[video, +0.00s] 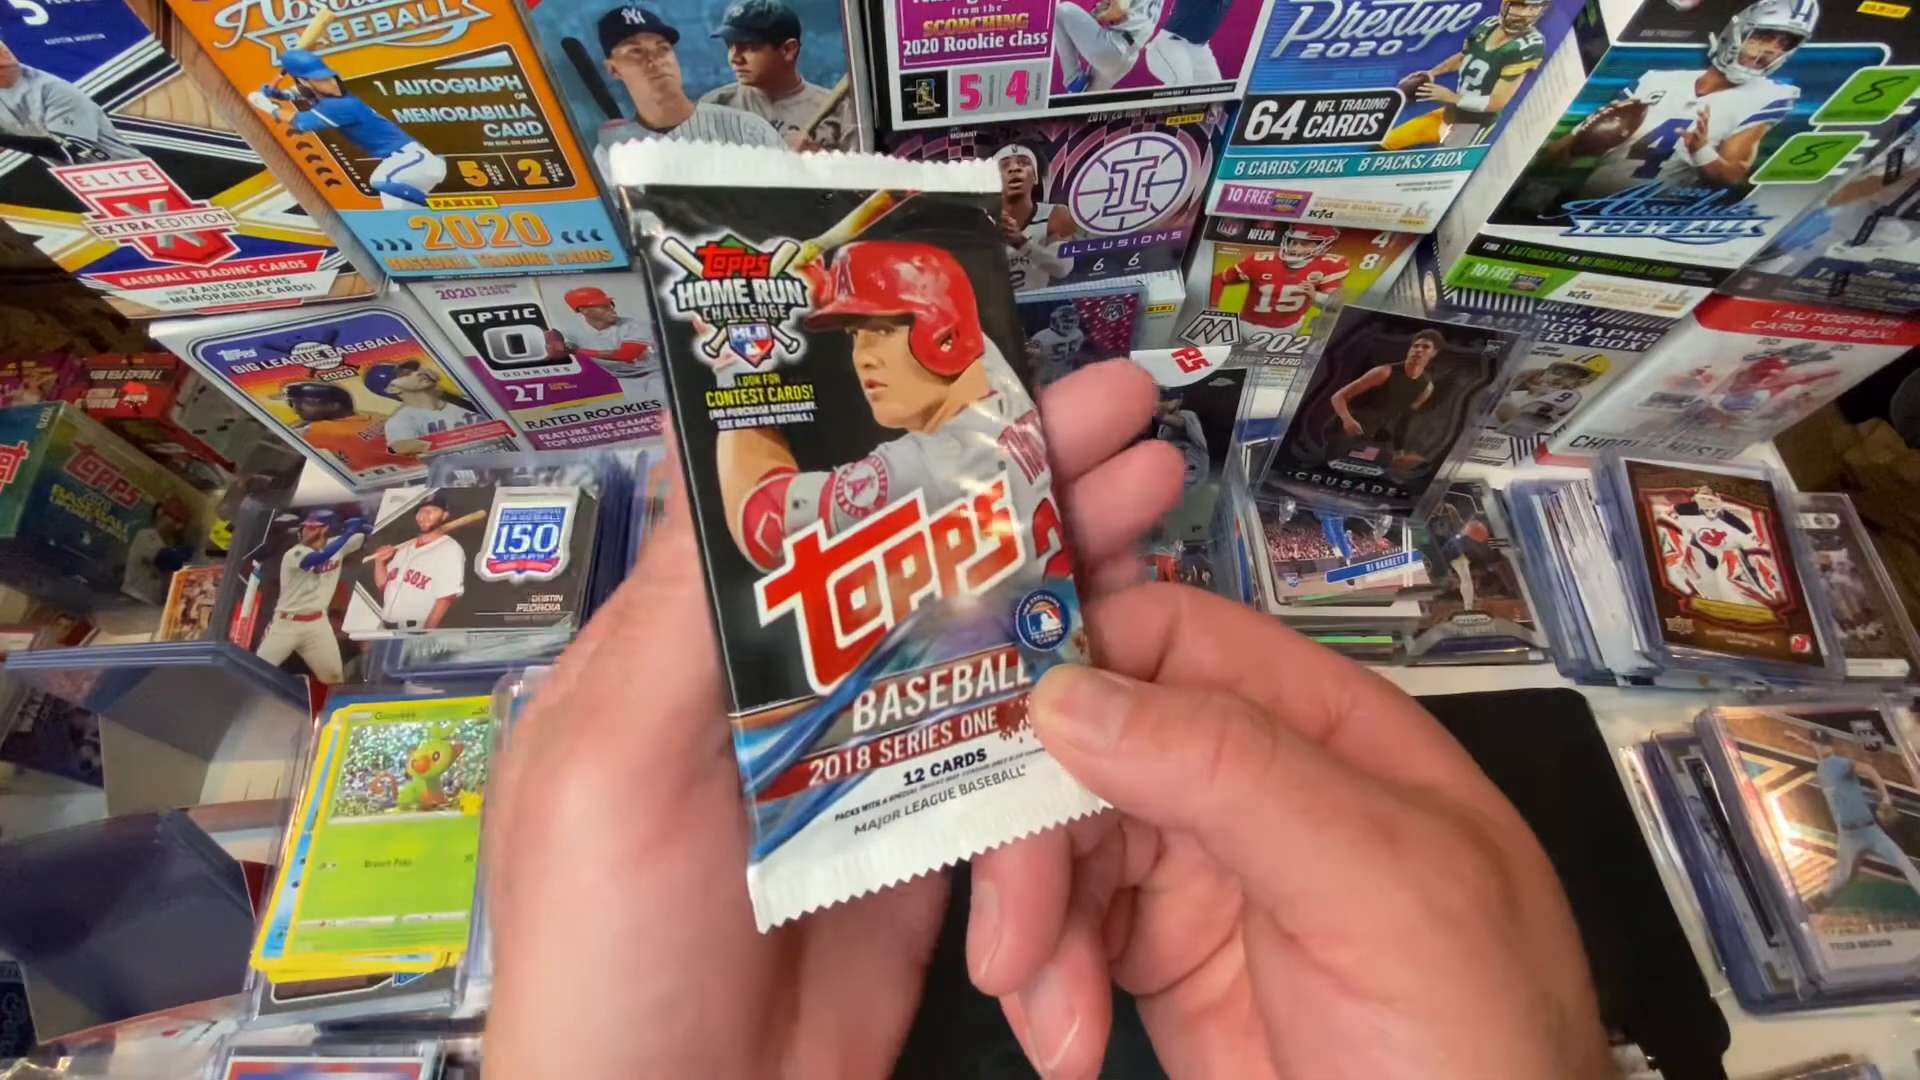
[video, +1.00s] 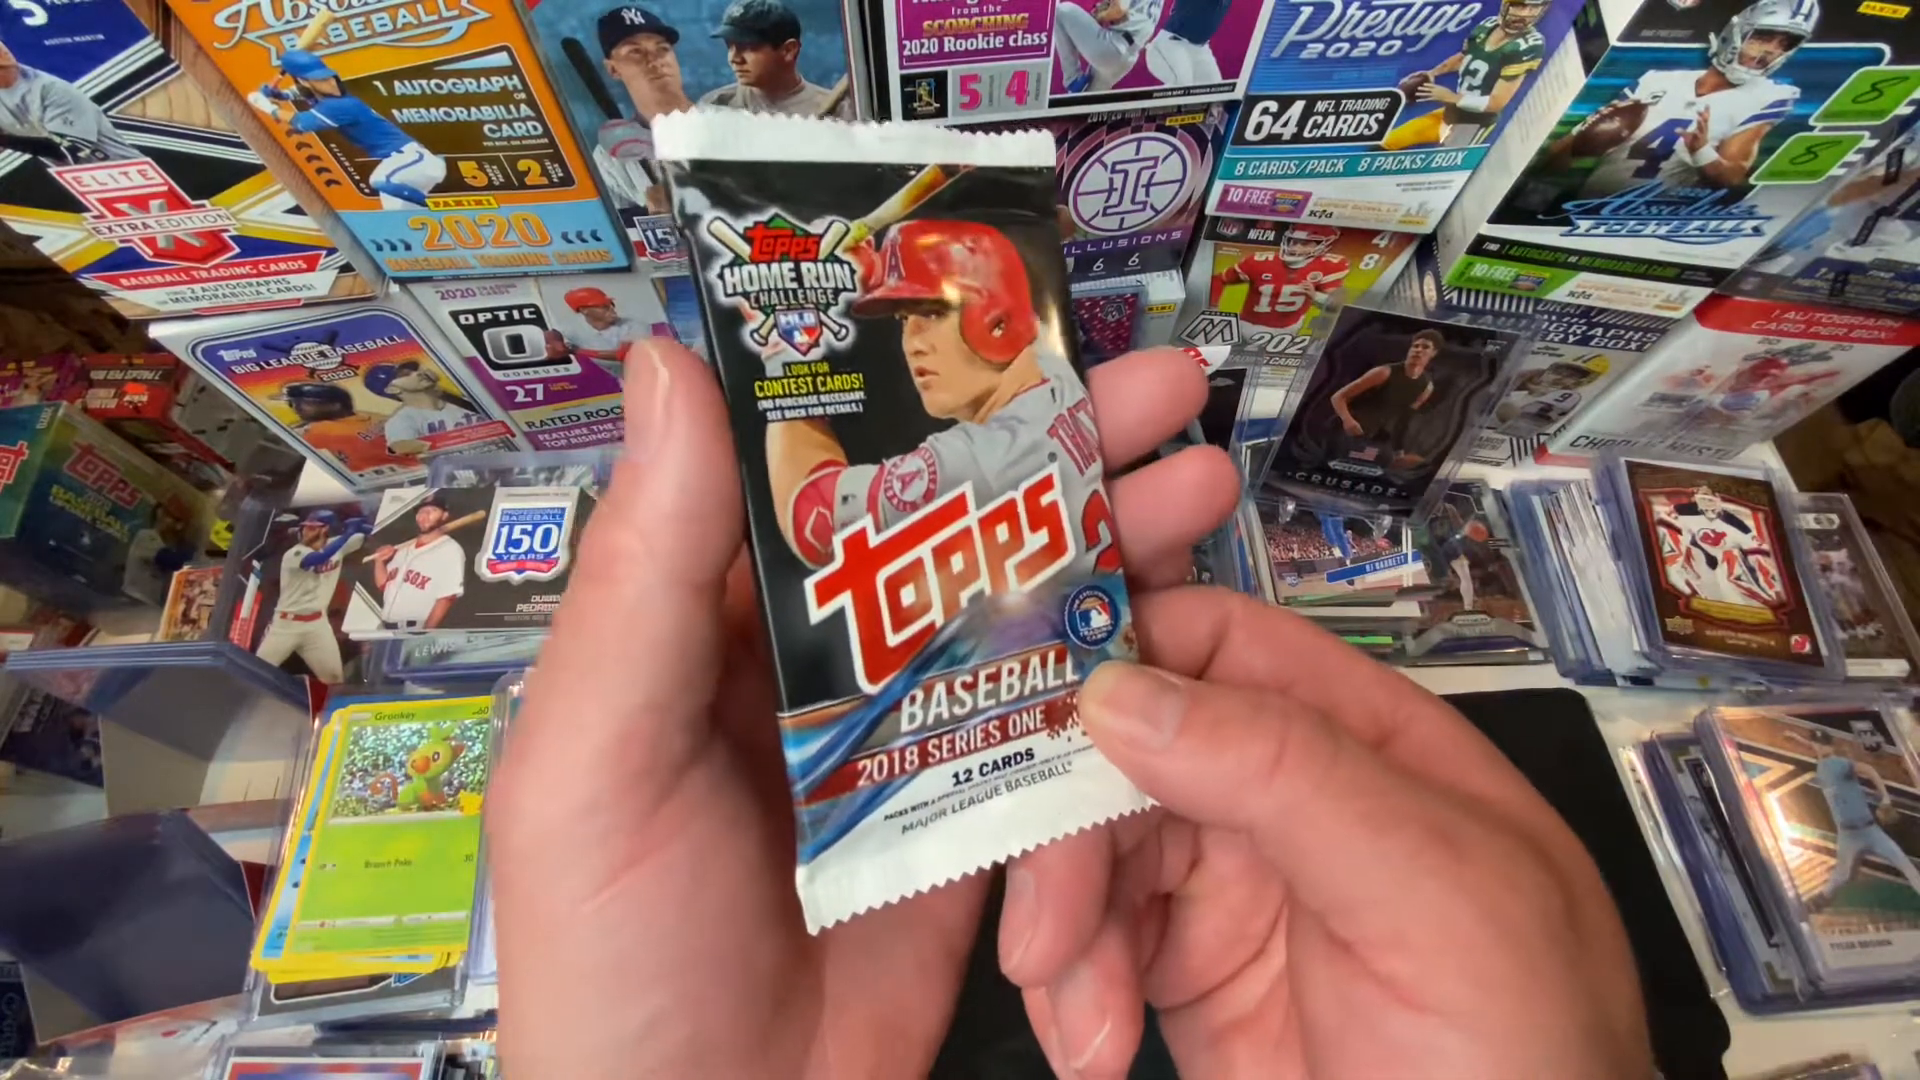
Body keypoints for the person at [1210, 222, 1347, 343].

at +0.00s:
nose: (1296, 249)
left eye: (1303, 244)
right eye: (1292, 243)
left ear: (1315, 248)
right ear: (1285, 242)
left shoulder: (1322, 271)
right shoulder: (1260, 263)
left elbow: (1336, 303)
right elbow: (1219, 280)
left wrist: (1315, 296)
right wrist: (1211, 314)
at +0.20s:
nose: (1296, 249)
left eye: (1304, 245)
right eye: (1292, 243)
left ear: (1315, 248)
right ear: (1285, 242)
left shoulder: (1322, 271)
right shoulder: (1260, 263)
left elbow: (1336, 304)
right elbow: (1218, 280)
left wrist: (1315, 296)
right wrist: (1211, 314)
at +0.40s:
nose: (1295, 249)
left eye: (1303, 245)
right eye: (1292, 243)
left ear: (1314, 248)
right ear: (1285, 242)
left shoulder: (1321, 270)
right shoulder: (1259, 263)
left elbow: (1336, 303)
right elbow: (1218, 280)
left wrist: (1315, 296)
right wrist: (1211, 315)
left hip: (1285, 336)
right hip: (1247, 330)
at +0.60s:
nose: (1296, 249)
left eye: (1304, 245)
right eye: (1293, 243)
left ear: (1315, 248)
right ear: (1286, 242)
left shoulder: (1322, 270)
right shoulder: (1259, 263)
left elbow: (1337, 304)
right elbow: (1219, 280)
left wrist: (1315, 296)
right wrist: (1211, 313)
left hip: (1286, 335)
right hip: (1249, 330)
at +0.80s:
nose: (1295, 249)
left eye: (1304, 244)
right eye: (1292, 242)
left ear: (1316, 248)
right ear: (1286, 241)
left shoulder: (1323, 270)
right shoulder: (1259, 263)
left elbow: (1337, 304)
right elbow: (1219, 280)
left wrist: (1315, 296)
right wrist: (1212, 312)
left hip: (1286, 335)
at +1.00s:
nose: (1296, 248)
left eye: (1303, 244)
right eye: (1292, 242)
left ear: (1315, 248)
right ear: (1285, 242)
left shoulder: (1322, 270)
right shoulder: (1259, 263)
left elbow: (1337, 304)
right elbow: (1219, 279)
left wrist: (1315, 296)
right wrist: (1212, 313)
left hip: (1286, 335)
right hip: (1249, 329)